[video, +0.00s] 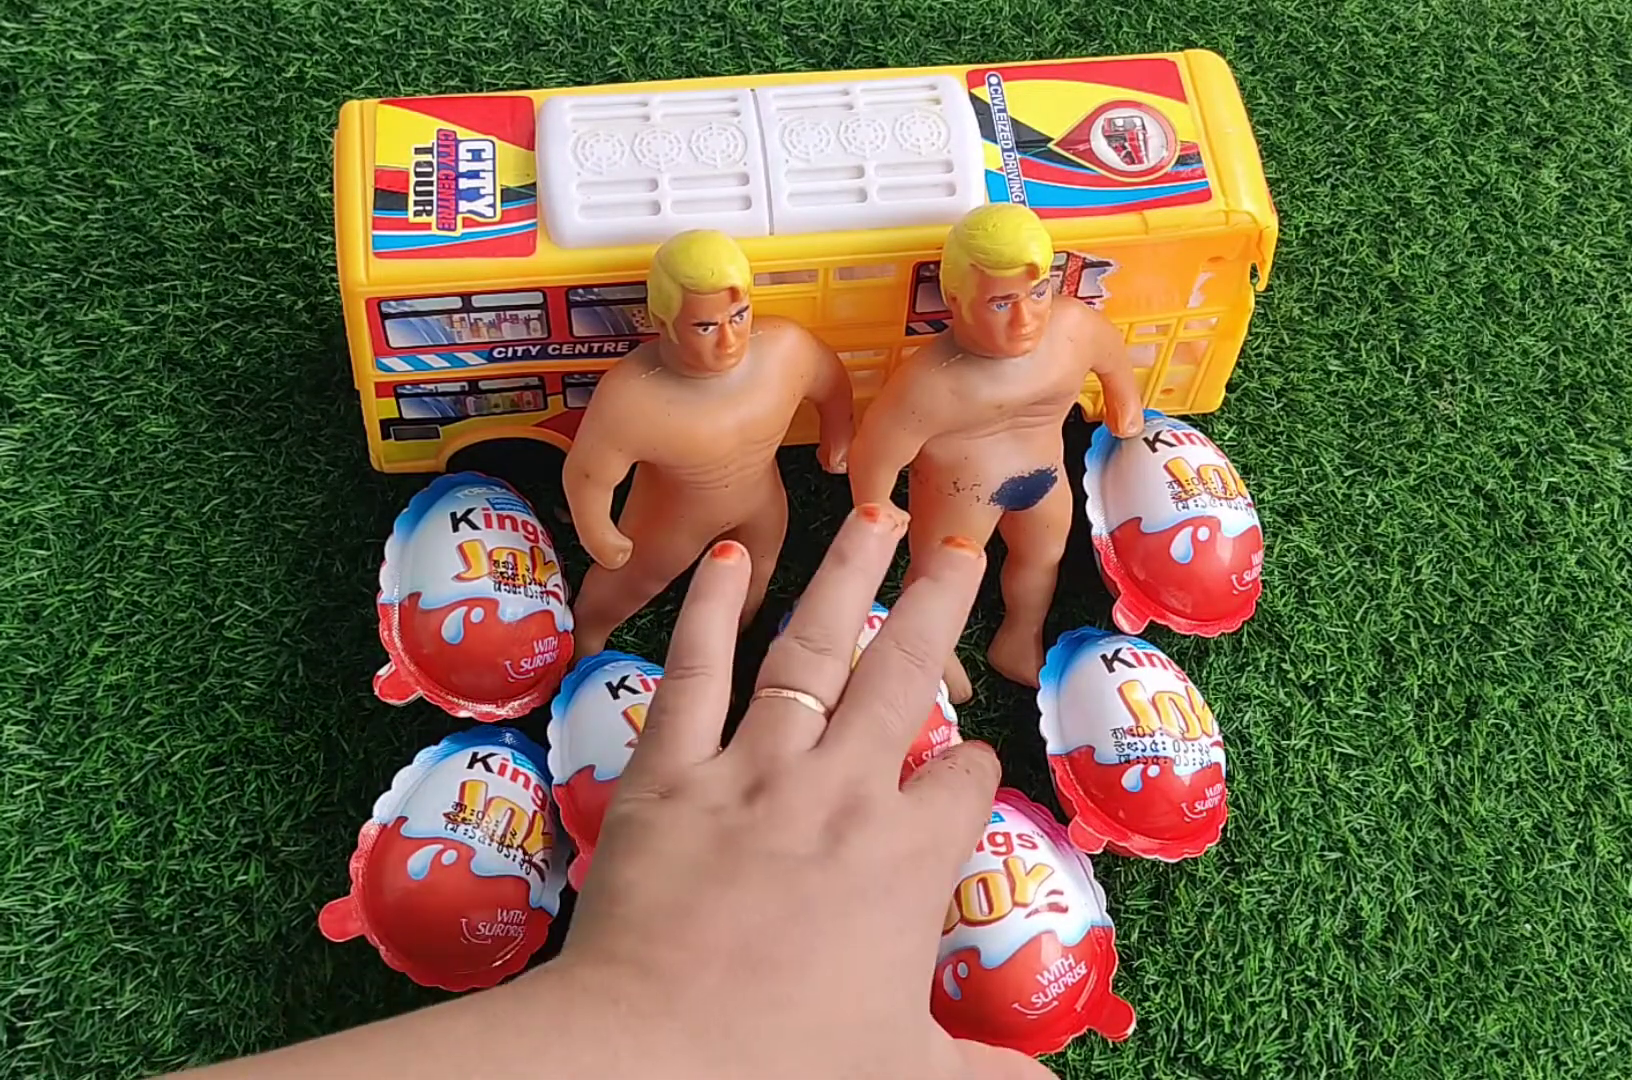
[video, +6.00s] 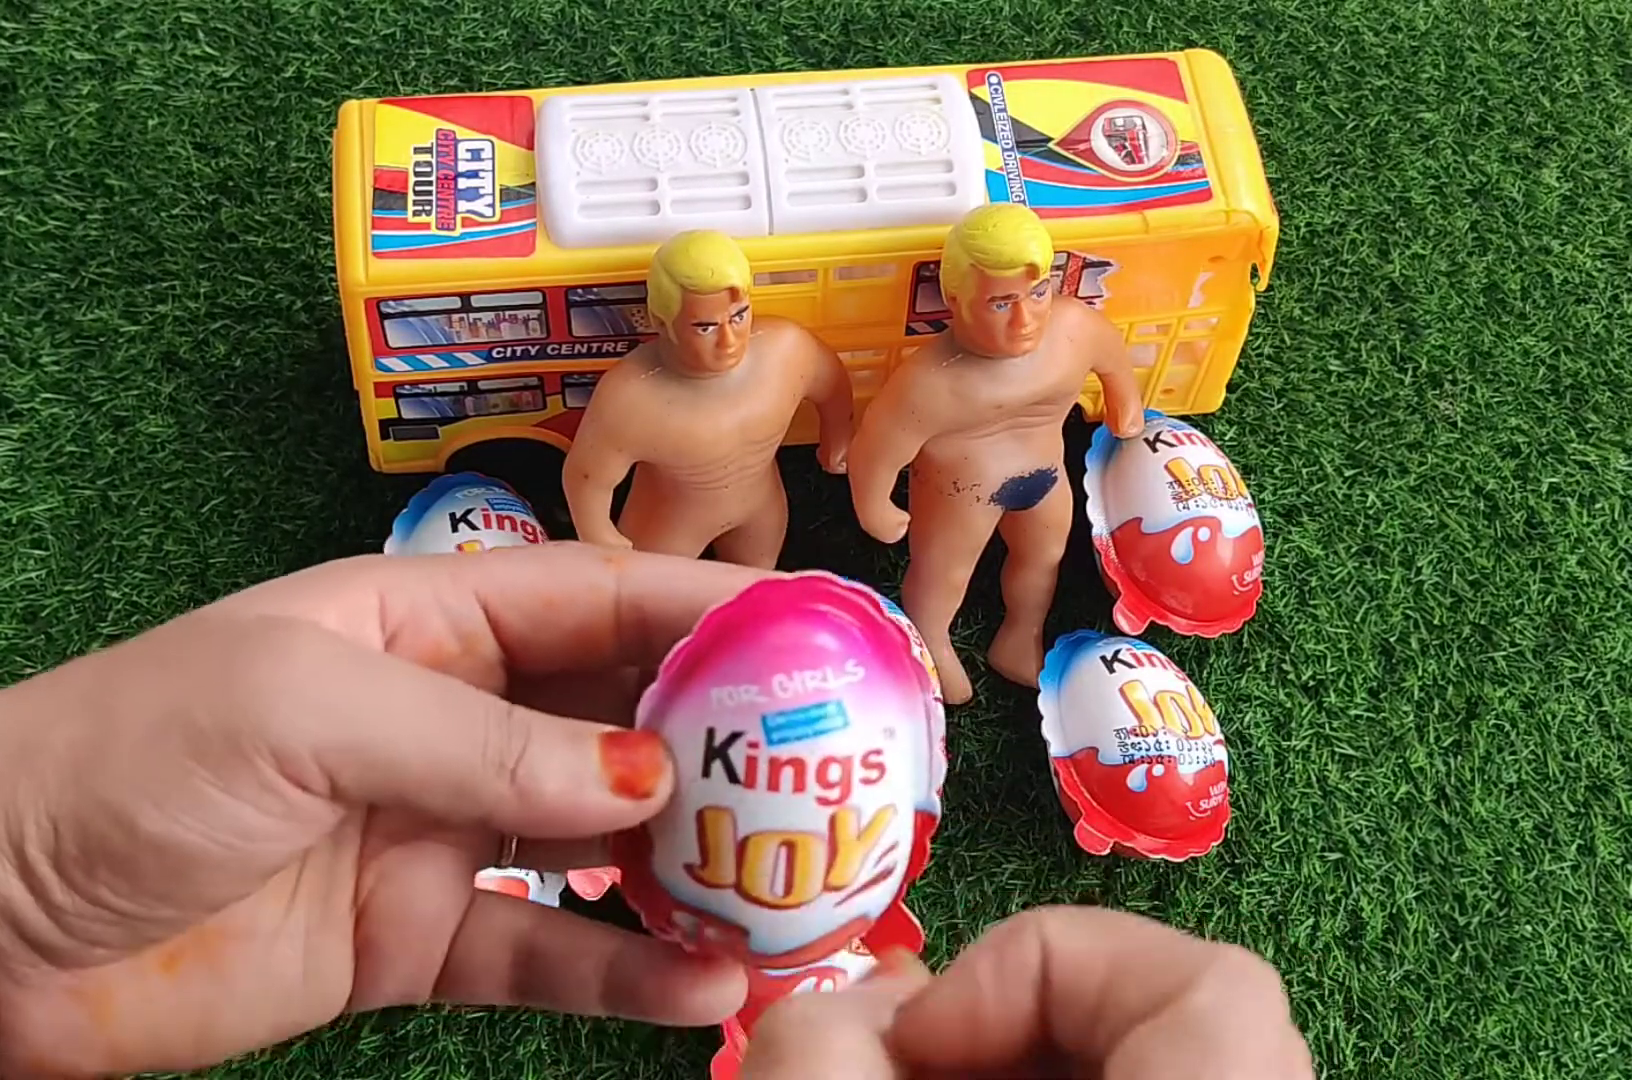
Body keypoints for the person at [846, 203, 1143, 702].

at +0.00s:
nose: (1024, 316)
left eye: (1036, 294)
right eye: (1000, 302)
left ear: (1049, 284)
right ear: (953, 303)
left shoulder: (1077, 326)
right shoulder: (927, 383)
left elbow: (1112, 357)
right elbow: (873, 456)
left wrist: (1125, 404)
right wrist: (875, 513)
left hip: (1044, 478)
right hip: (958, 493)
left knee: (1040, 561)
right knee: (938, 580)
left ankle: (1019, 643)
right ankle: (934, 647)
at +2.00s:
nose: (1024, 317)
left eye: (1037, 294)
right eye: (1000, 302)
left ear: (1051, 283)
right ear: (953, 303)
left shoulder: (1079, 328)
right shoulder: (927, 381)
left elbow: (1115, 362)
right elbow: (871, 458)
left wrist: (1126, 410)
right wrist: (879, 516)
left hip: (1044, 479)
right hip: (958, 492)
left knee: (1040, 563)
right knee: (940, 584)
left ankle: (1020, 643)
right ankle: (922, 662)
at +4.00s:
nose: (1025, 318)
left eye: (1038, 294)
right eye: (1001, 303)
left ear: (1051, 284)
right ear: (952, 303)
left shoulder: (1079, 327)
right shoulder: (928, 381)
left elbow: (1116, 364)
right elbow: (871, 459)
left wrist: (1127, 410)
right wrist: (879, 516)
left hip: (1044, 478)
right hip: (959, 491)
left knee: (1040, 565)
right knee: (942, 579)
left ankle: (1023, 644)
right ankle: (928, 656)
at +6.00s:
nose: (1024, 317)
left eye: (1037, 294)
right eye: (1000, 303)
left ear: (1051, 283)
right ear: (954, 301)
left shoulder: (1078, 327)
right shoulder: (927, 383)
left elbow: (1114, 361)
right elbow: (873, 452)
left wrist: (1127, 410)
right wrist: (877, 513)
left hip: (1045, 476)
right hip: (960, 490)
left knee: (1041, 560)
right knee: (942, 576)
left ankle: (1020, 642)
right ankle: (931, 643)